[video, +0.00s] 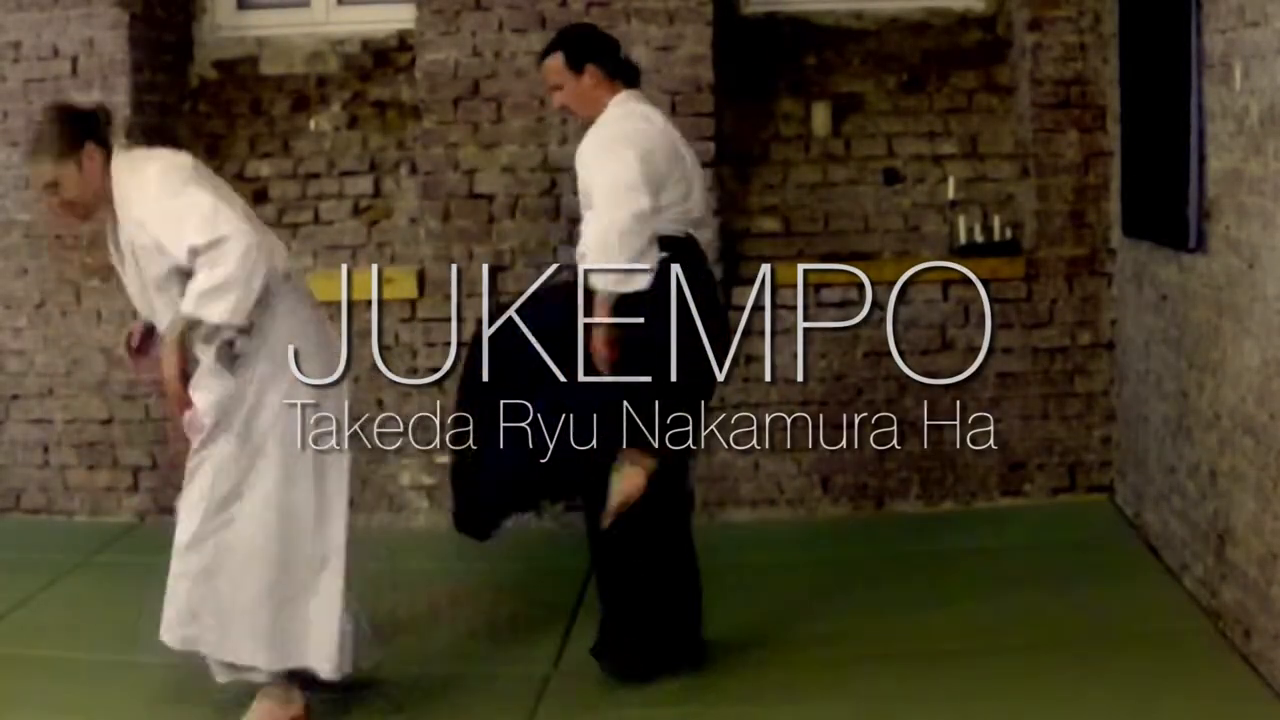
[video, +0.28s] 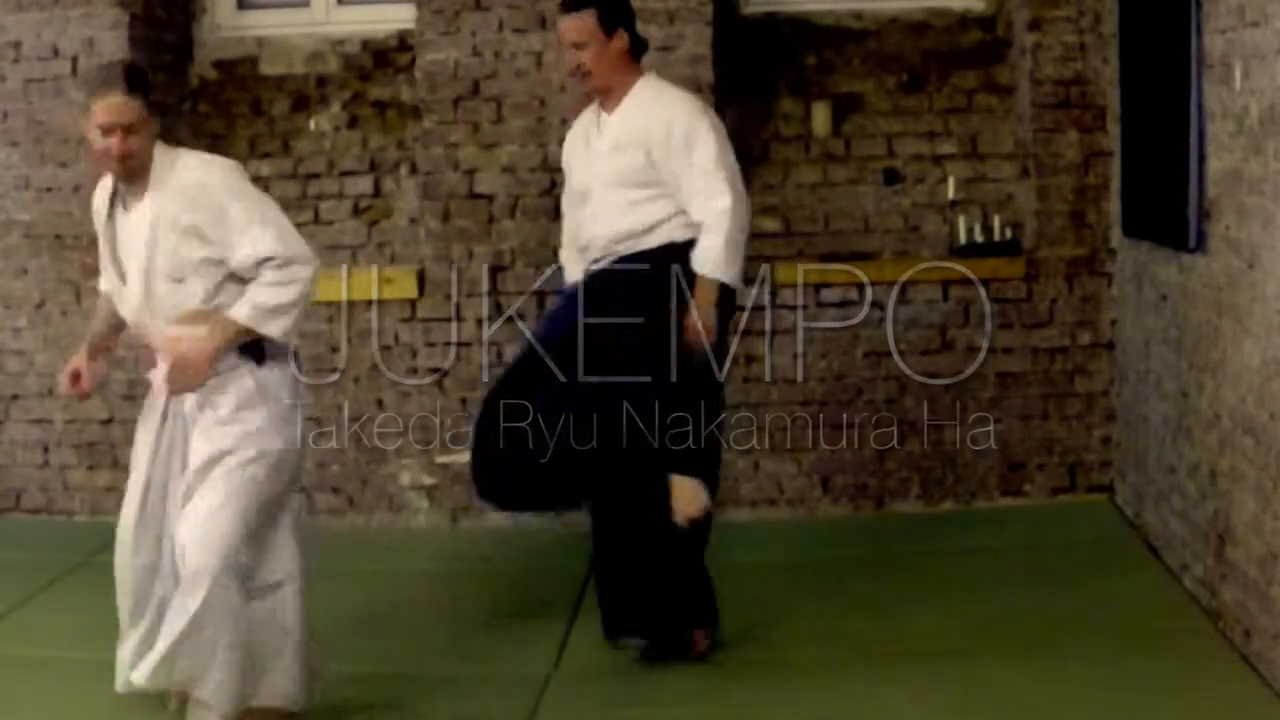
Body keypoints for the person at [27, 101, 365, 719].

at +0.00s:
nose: (56, 202)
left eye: (57, 184)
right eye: (46, 192)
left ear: (92, 156)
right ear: (88, 160)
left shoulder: (154, 183)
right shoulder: (129, 198)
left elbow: (239, 252)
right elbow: (195, 267)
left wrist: (178, 336)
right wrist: (159, 328)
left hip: (278, 361)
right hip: (253, 361)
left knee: (255, 515)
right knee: (262, 508)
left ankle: (283, 683)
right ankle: (309, 656)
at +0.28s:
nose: (117, 146)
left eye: (130, 131)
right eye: (103, 133)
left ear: (153, 128)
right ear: (87, 135)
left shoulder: (210, 181)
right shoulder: (107, 197)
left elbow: (292, 267)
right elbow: (120, 285)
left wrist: (218, 335)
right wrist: (95, 347)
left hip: (248, 397)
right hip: (174, 400)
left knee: (205, 545)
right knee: (165, 542)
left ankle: (213, 704)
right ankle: (197, 688)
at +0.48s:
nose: (223, 90)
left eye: (232, 75)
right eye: (209, 73)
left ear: (239, 80)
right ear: (167, 74)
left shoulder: (279, 153)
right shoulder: (123, 157)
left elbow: (357, 239)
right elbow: (94, 249)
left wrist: (302, 309)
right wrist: (97, 325)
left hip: (248, 382)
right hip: (153, 382)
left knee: (232, 563)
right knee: (141, 556)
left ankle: (215, 707)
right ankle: (151, 695)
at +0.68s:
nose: (329, 72)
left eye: (333, 55)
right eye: (319, 52)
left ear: (279, 50)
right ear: (263, 46)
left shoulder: (329, 145)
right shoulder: (165, 141)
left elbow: (363, 234)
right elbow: (99, 260)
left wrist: (366, 292)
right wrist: (160, 343)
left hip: (302, 396)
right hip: (200, 395)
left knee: (297, 603)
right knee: (189, 603)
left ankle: (285, 713)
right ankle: (110, 708)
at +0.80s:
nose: (388, 56)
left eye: (390, 40)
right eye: (379, 36)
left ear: (333, 39)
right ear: (321, 35)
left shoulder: (345, 149)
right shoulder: (227, 133)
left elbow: (324, 285)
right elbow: (150, 267)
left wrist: (366, 318)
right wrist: (238, 371)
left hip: (315, 392)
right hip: (232, 391)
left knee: (315, 594)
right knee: (217, 597)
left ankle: (301, 708)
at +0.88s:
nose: (427, 59)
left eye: (427, 42)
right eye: (418, 40)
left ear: (371, 41)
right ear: (364, 39)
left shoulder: (344, 131)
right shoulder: (292, 132)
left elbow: (304, 265)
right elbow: (231, 287)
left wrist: (379, 308)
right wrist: (306, 414)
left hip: (328, 387)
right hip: (271, 390)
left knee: (338, 596)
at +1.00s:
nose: (490, 74)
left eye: (487, 54)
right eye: (482, 53)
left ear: (411, 54)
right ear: (448, 53)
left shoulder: (335, 127)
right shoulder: (423, 162)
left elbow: (272, 251)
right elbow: (386, 339)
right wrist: (432, 472)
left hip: (280, 396)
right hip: (346, 411)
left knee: (295, 606)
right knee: (412, 612)